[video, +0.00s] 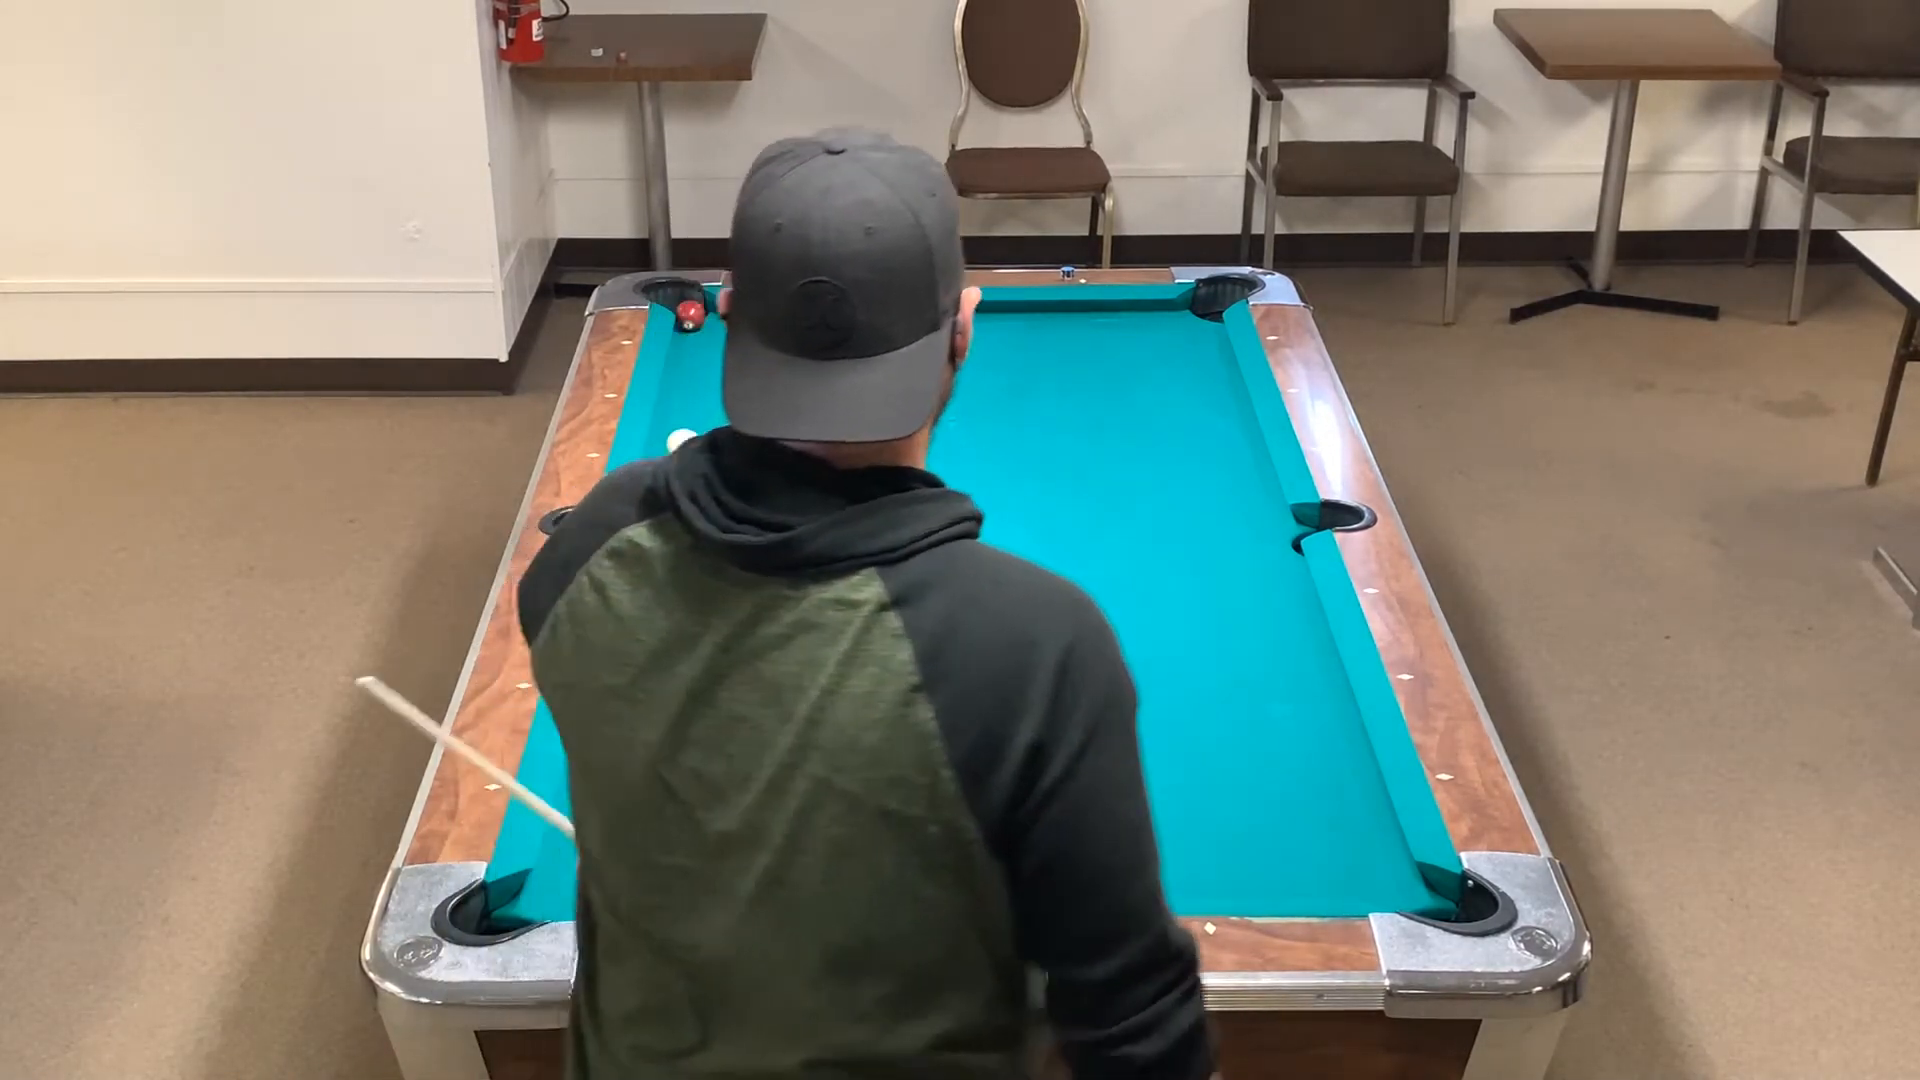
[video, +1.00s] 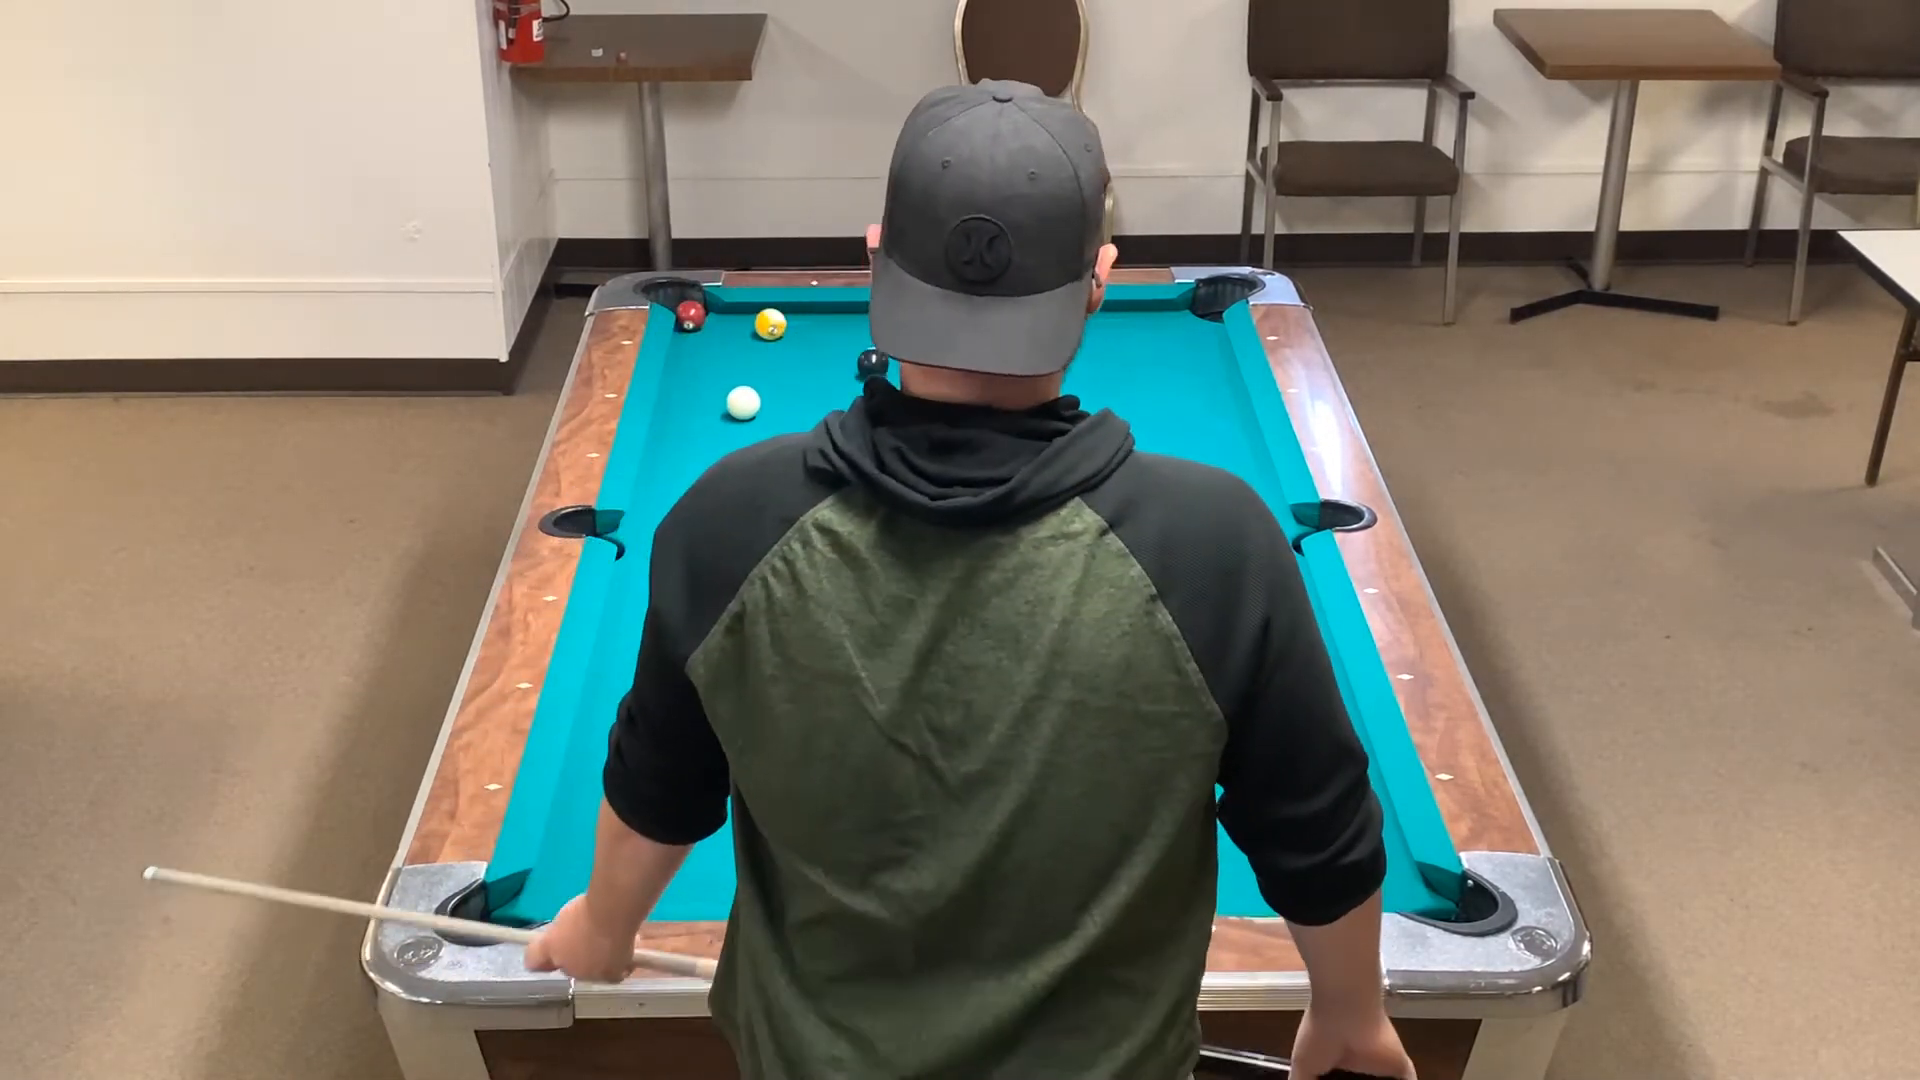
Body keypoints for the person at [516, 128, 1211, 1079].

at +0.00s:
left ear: (733, 307)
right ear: (960, 328)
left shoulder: (596, 559)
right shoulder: (1034, 649)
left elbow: (547, 592)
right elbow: (1133, 1024)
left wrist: (710, 464)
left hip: (635, 1058)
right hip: (931, 1060)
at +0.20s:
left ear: (796, 290)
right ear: (1026, 312)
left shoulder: (639, 548)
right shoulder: (1122, 618)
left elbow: (621, 826)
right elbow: (1260, 1020)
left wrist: (634, 893)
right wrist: (1152, 922)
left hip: (719, 1059)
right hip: (1029, 1062)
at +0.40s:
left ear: (838, 286)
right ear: (1067, 311)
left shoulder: (694, 555)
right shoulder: (1187, 592)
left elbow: (638, 816)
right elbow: (1315, 946)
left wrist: (613, 933)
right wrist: (1352, 1067)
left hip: (778, 1056)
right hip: (1092, 1056)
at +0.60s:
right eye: (1105, 254)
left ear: (865, 279)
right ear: (1089, 299)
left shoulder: (721, 554)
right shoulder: (1214, 572)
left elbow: (649, 818)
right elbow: (1331, 886)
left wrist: (593, 973)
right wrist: (1366, 1061)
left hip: (787, 1057)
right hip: (1115, 1059)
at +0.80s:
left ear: (879, 267)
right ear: (1102, 296)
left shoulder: (730, 543)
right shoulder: (1218, 558)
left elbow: (643, 824)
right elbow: (1325, 869)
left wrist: (574, 985)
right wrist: (1354, 1052)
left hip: (792, 1057)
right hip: (1117, 1062)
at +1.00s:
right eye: (1112, 245)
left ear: (881, 253)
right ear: (1097, 276)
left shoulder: (732, 524)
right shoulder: (1212, 542)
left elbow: (662, 779)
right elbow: (1318, 835)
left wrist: (596, 929)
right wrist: (1350, 1011)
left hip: (804, 1048)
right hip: (1106, 1055)